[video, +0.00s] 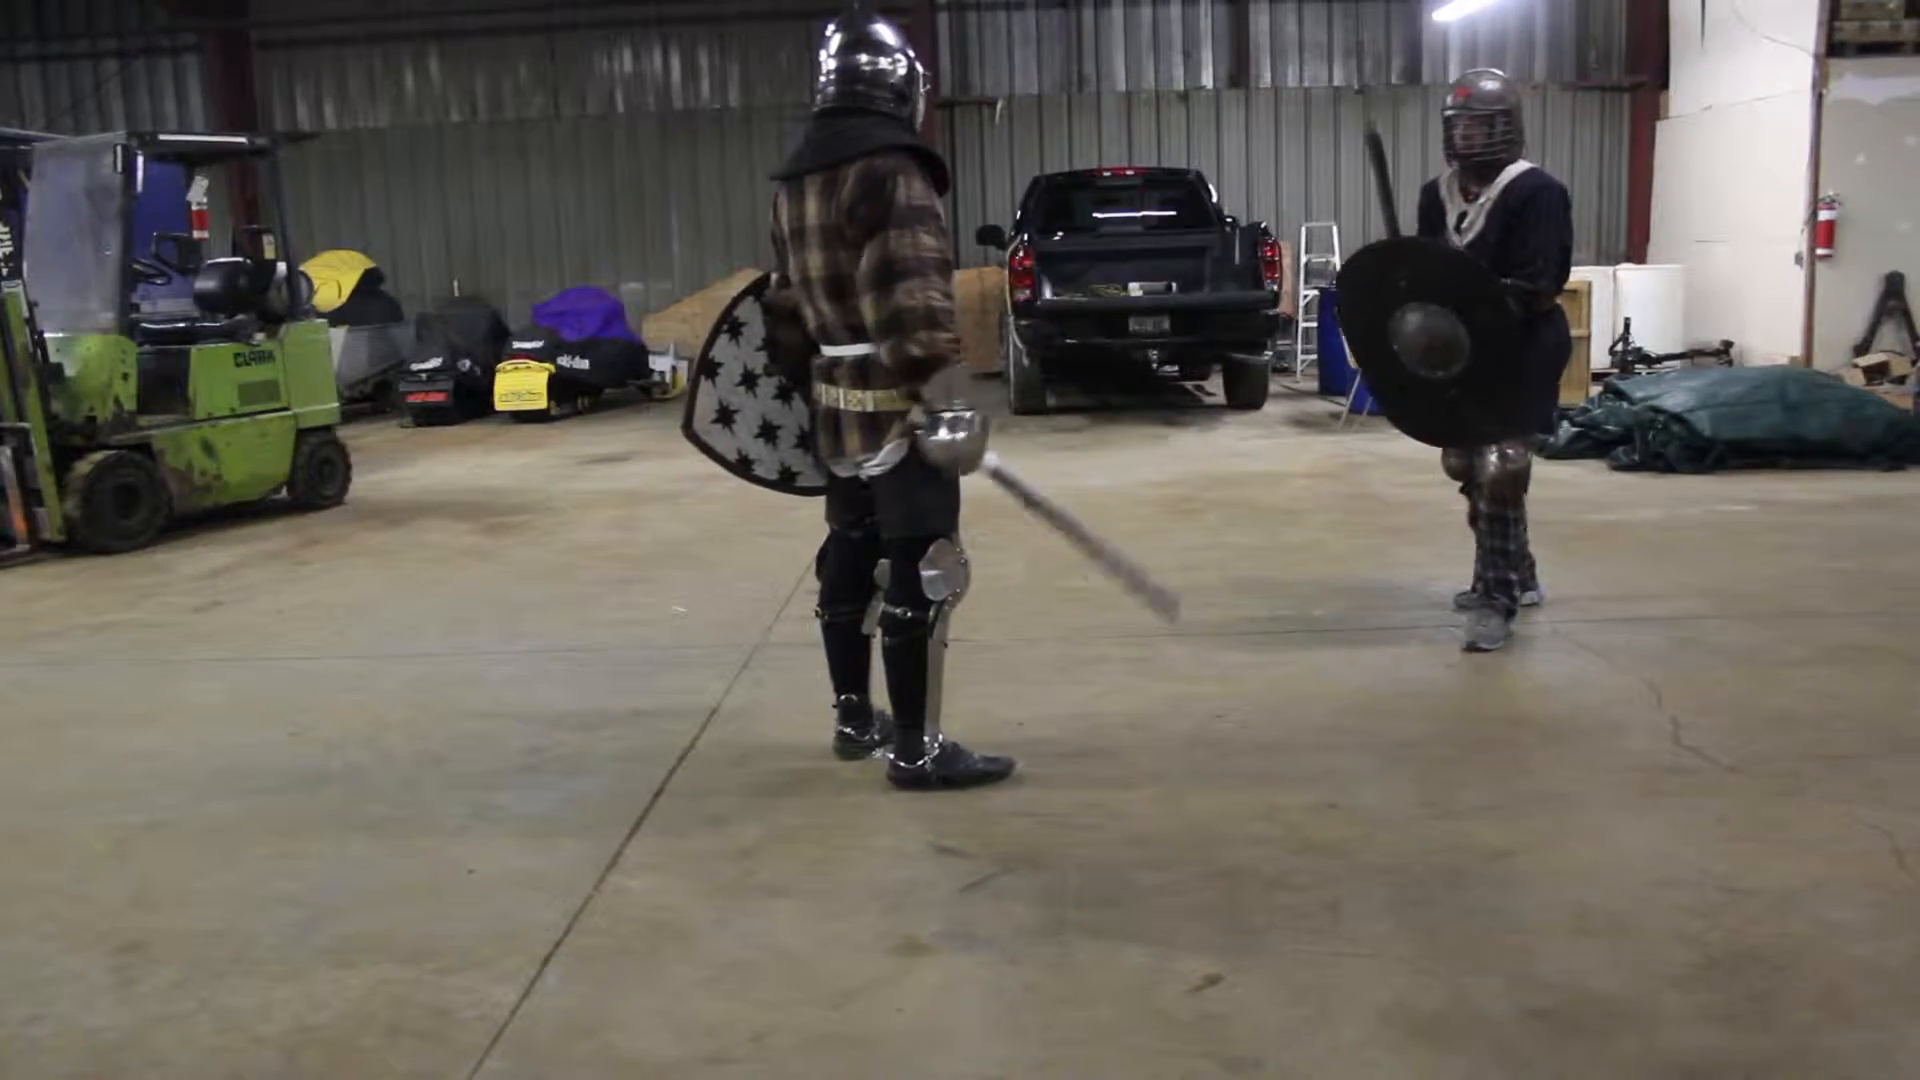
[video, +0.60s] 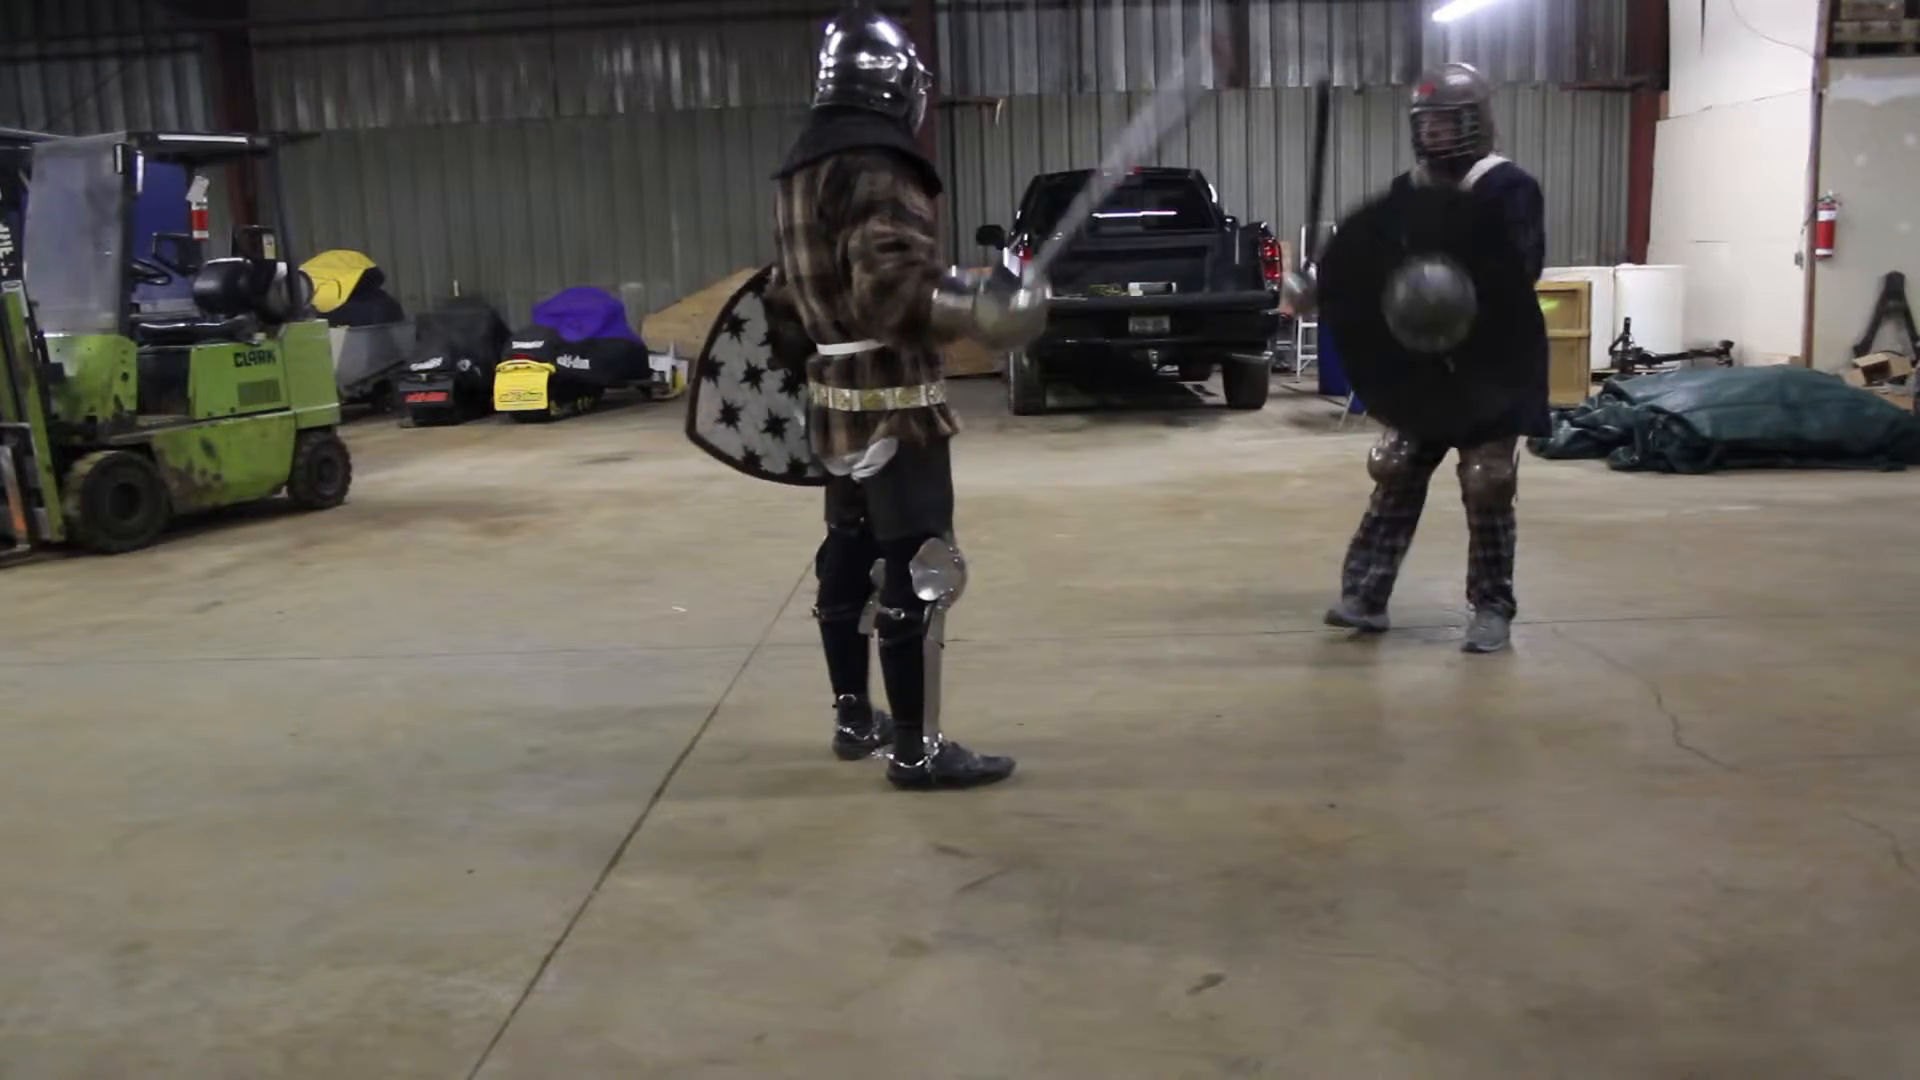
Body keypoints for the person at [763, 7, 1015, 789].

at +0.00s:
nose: (924, 107)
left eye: (920, 92)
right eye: (919, 93)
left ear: (833, 86)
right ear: (901, 90)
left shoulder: (795, 175)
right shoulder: (896, 170)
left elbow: (784, 303)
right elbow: (918, 301)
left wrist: (819, 381)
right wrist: (945, 402)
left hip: (837, 410)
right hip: (898, 413)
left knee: (851, 550)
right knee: (920, 566)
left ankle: (854, 717)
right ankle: (918, 743)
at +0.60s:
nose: (922, 105)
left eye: (920, 90)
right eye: (917, 89)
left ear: (835, 79)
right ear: (895, 86)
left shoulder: (803, 165)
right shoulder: (878, 165)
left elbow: (794, 297)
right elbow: (887, 291)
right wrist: (979, 315)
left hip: (834, 396)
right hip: (895, 397)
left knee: (849, 549)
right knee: (917, 564)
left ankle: (855, 716)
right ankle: (919, 744)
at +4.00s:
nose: (975, 97)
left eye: (970, 85)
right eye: (969, 84)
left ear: (886, 92)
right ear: (957, 86)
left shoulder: (863, 193)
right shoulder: (968, 169)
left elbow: (873, 297)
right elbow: (1074, 173)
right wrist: (1076, 78)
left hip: (927, 408)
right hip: (991, 408)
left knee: (965, 554)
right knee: (984, 573)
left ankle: (987, 688)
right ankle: (946, 732)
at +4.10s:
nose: (977, 105)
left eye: (972, 91)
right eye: (970, 92)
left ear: (890, 98)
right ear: (958, 95)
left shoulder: (870, 192)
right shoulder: (963, 179)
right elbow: (1081, 167)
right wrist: (1108, 82)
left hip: (928, 407)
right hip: (990, 410)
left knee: (968, 550)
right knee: (993, 572)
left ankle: (985, 687)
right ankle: (948, 732)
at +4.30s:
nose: (980, 98)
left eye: (971, 84)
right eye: (971, 85)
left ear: (894, 93)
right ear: (958, 92)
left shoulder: (877, 180)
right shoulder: (960, 173)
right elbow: (1098, 178)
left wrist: (1015, 135)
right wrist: (1129, 106)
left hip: (931, 407)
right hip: (991, 411)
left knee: (972, 551)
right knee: (998, 572)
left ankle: (986, 688)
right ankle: (947, 730)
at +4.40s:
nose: (992, 99)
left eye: (981, 84)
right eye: (982, 85)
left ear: (900, 96)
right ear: (969, 92)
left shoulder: (883, 183)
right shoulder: (982, 174)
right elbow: (1105, 206)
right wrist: (1135, 135)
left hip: (930, 409)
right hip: (993, 411)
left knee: (979, 549)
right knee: (1002, 572)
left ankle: (987, 683)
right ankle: (946, 729)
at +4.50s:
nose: (998, 105)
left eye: (990, 92)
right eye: (990, 92)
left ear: (909, 102)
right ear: (980, 96)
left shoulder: (886, 191)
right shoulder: (994, 181)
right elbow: (1108, 238)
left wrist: (1081, 184)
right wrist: (1135, 175)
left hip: (931, 412)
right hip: (997, 415)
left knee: (988, 545)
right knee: (1006, 575)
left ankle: (987, 676)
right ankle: (948, 731)